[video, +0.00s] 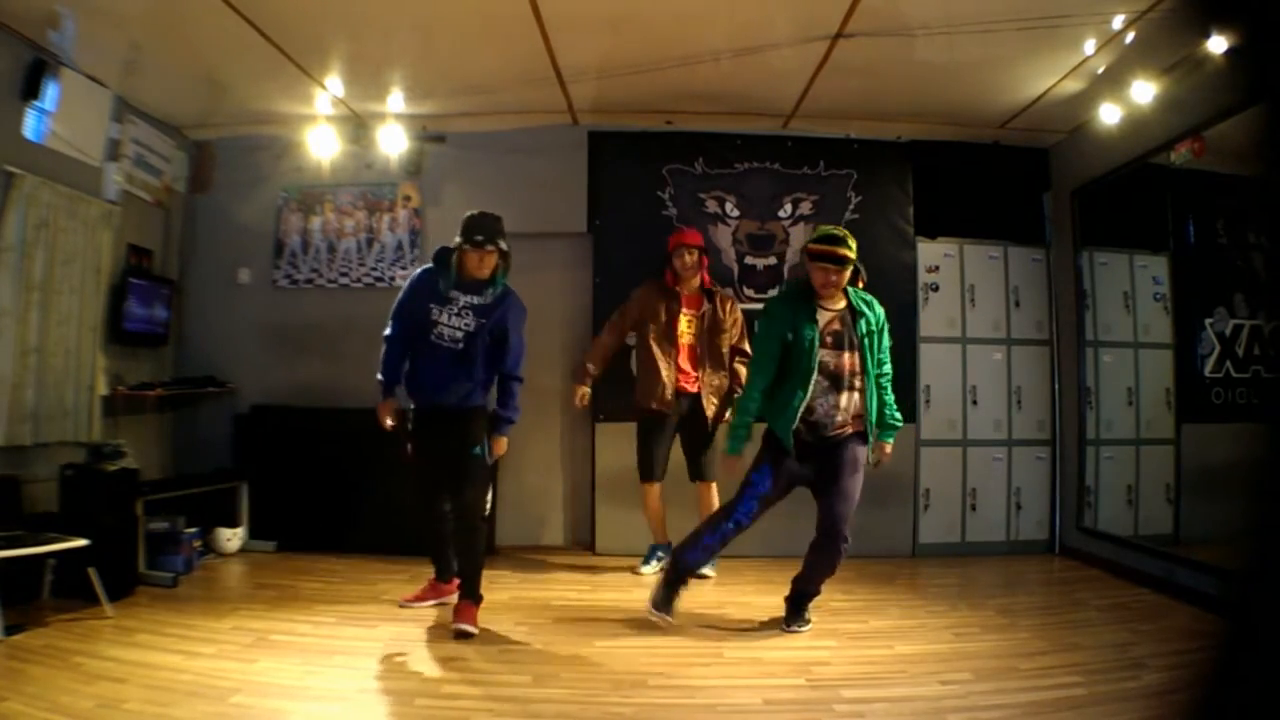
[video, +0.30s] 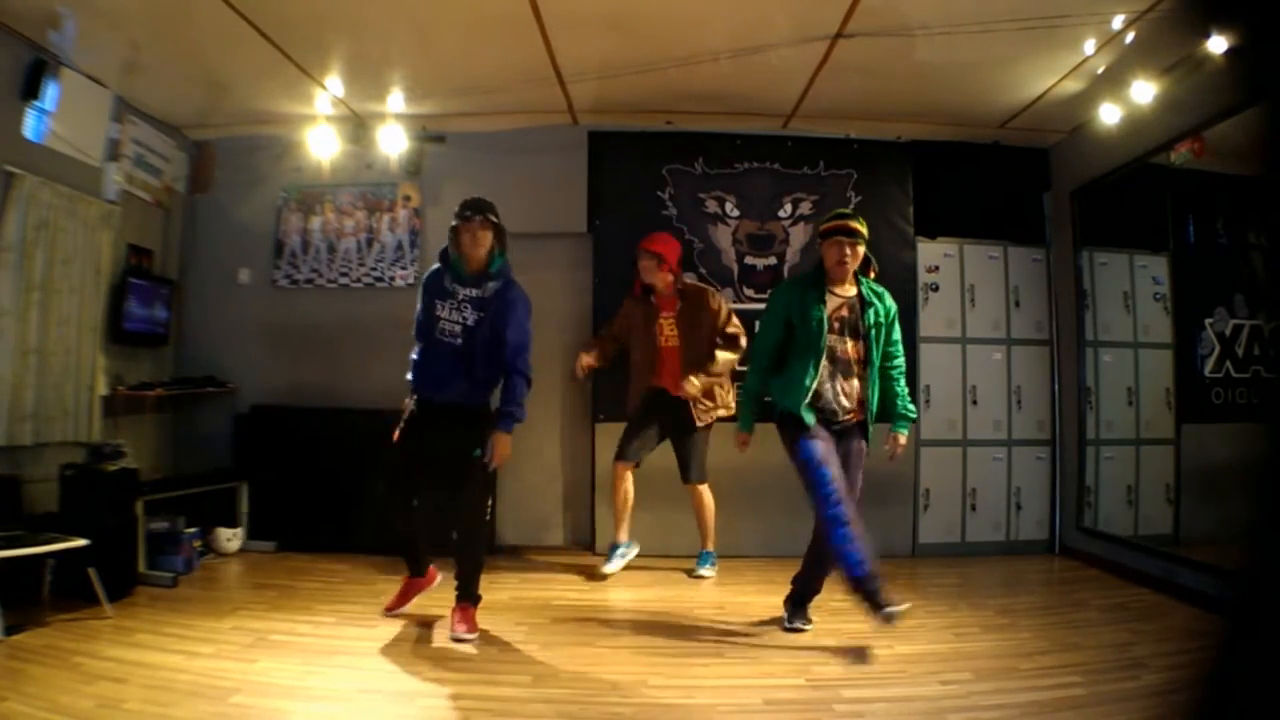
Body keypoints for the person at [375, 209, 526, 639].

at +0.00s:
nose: (484, 260)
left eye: (492, 252)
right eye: (477, 250)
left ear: (500, 256)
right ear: (459, 249)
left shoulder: (506, 305)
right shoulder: (425, 283)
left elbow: (511, 373)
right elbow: (395, 336)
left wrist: (502, 427)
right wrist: (388, 393)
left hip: (474, 411)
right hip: (428, 407)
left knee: (470, 505)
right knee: (432, 496)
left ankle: (469, 601)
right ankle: (445, 577)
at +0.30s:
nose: (474, 235)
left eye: (482, 228)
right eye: (467, 227)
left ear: (496, 237)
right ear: (454, 233)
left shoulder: (508, 296)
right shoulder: (435, 282)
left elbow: (518, 367)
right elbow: (421, 343)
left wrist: (505, 427)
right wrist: (411, 400)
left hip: (476, 412)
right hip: (431, 408)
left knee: (472, 506)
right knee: (399, 489)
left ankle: (466, 604)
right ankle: (419, 571)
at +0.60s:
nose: (452, 228)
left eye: (460, 221)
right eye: (445, 222)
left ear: (474, 231)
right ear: (434, 232)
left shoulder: (493, 280)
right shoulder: (422, 288)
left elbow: (509, 345)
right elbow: (421, 350)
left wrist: (490, 394)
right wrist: (416, 407)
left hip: (475, 408)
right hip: (428, 407)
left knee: (475, 507)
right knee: (406, 497)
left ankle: (466, 605)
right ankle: (402, 597)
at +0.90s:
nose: (434, 239)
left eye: (441, 231)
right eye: (426, 232)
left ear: (455, 238)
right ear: (414, 240)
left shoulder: (480, 279)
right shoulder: (398, 297)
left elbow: (506, 338)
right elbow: (381, 364)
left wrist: (494, 383)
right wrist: (381, 427)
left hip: (471, 411)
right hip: (420, 413)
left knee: (476, 503)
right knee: (417, 505)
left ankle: (470, 603)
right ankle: (424, 596)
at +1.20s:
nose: (458, 249)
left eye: (466, 241)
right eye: (450, 241)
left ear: (477, 244)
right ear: (435, 243)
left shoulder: (496, 286)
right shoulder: (412, 279)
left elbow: (512, 347)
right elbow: (375, 324)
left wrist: (472, 384)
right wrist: (397, 374)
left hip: (475, 414)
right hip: (422, 411)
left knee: (476, 506)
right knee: (418, 501)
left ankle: (468, 600)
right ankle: (421, 593)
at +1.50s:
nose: (440, 256)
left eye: (448, 248)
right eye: (433, 248)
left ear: (464, 248)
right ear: (423, 252)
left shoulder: (489, 288)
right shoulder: (420, 293)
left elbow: (507, 349)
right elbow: (416, 348)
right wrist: (377, 375)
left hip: (486, 404)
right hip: (443, 404)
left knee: (475, 486)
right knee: (431, 474)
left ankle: (477, 573)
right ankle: (437, 537)